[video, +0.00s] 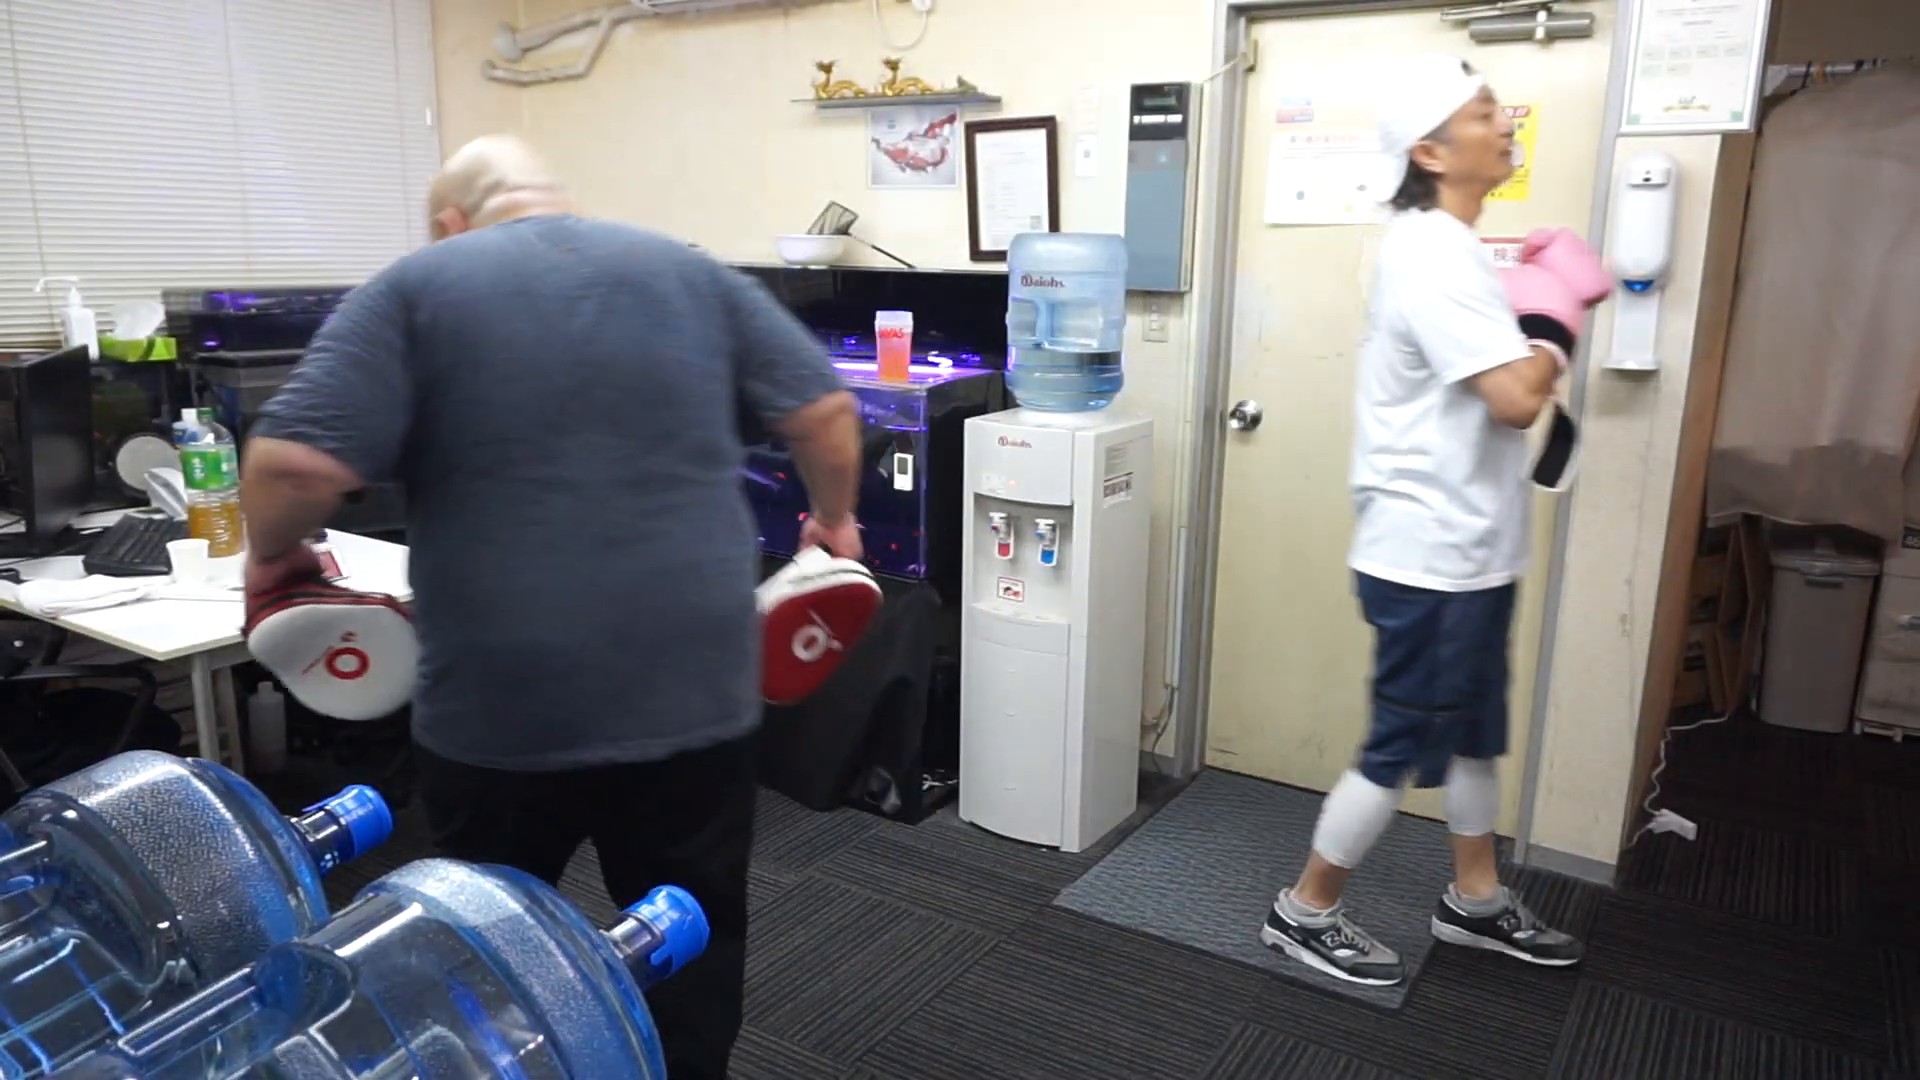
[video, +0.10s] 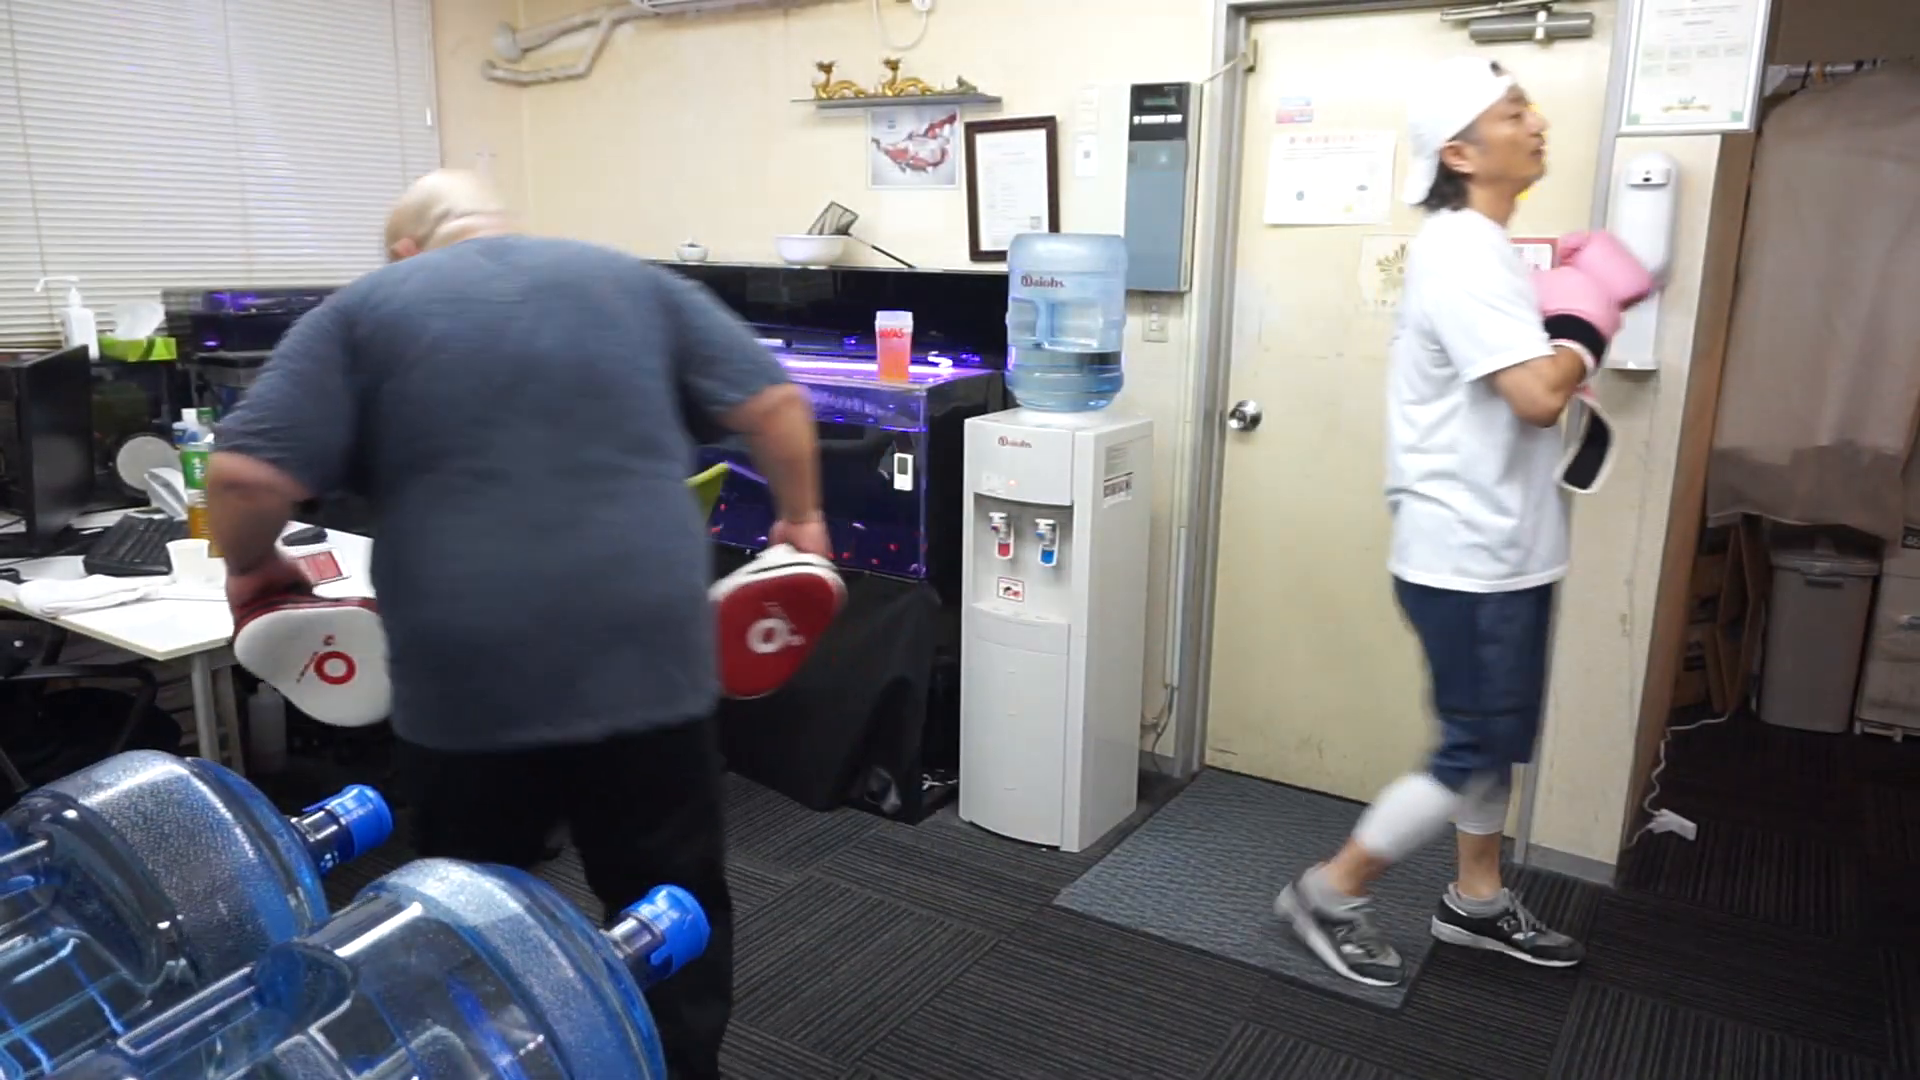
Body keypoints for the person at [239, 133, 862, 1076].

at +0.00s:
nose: (428, 239)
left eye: (426, 231)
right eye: (431, 233)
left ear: (448, 220)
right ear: (560, 197)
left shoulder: (417, 286)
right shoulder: (690, 270)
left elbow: (294, 462)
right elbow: (825, 413)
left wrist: (278, 556)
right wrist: (835, 518)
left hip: (503, 696)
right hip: (693, 688)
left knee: (483, 943)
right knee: (694, 951)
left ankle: (485, 1071)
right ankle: (691, 1075)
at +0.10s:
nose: (389, 264)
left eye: (387, 256)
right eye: (392, 259)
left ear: (402, 247)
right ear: (506, 224)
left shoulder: (365, 308)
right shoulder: (633, 279)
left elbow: (245, 475)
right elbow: (775, 404)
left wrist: (254, 569)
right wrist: (801, 518)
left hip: (468, 679)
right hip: (651, 662)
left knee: (462, 922)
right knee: (675, 917)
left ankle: (477, 1065)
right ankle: (682, 1062)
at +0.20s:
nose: (347, 293)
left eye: (346, 282)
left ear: (358, 274)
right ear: (461, 248)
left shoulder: (318, 324)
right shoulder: (583, 284)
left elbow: (202, 493)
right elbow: (722, 398)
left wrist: (237, 578)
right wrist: (763, 526)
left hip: (432, 662)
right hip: (613, 649)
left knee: (433, 912)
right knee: (657, 898)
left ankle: (437, 1062)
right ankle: (678, 1061)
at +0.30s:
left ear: (329, 294)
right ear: (431, 264)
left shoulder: (289, 337)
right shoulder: (548, 289)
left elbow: (175, 493)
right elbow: (682, 386)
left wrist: (232, 591)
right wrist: (741, 517)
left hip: (402, 653)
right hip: (585, 626)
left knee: (421, 901)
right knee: (637, 889)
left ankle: (426, 1062)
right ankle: (664, 1061)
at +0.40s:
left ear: (311, 311)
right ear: (414, 279)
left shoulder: (268, 351)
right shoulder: (519, 294)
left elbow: (162, 497)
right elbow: (655, 372)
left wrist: (235, 610)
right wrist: (725, 504)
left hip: (378, 642)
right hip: (559, 611)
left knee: (420, 892)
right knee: (613, 885)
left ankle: (430, 1060)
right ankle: (639, 1060)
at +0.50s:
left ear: (299, 326)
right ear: (400, 290)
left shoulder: (258, 362)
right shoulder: (501, 298)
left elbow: (160, 507)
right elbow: (637, 368)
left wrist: (232, 623)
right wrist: (705, 494)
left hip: (360, 637)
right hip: (541, 599)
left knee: (417, 884)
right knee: (590, 878)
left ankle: (438, 1054)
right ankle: (610, 1051)